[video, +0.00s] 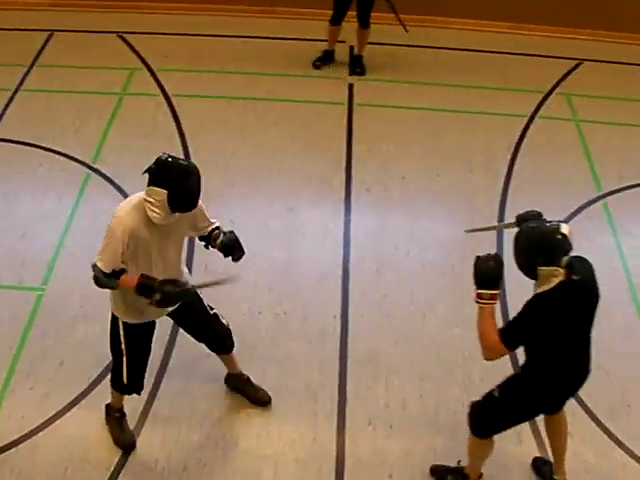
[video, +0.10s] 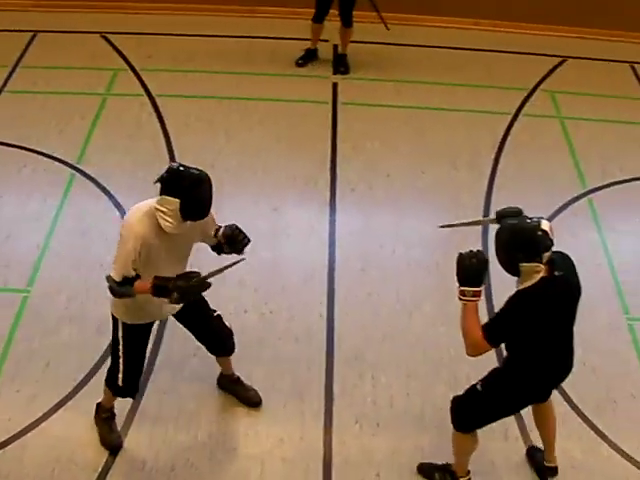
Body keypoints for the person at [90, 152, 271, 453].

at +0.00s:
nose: (181, 213)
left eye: (184, 208)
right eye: (178, 208)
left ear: (187, 198)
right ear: (161, 197)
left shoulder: (187, 207)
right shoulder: (126, 220)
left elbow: (207, 229)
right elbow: (103, 275)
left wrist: (224, 239)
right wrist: (150, 287)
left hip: (177, 293)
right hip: (132, 307)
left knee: (220, 336)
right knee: (127, 377)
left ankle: (236, 376)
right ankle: (114, 410)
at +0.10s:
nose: (201, 216)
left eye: (202, 212)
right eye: (195, 213)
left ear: (198, 207)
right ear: (175, 206)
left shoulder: (198, 217)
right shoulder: (138, 225)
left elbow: (216, 241)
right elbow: (118, 286)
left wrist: (230, 241)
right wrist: (166, 286)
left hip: (178, 294)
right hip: (135, 303)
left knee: (221, 338)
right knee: (125, 379)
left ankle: (228, 378)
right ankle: (104, 411)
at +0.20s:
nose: (201, 226)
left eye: (204, 221)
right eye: (200, 220)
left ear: (200, 214)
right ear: (184, 210)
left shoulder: (199, 221)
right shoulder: (145, 228)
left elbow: (225, 249)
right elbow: (134, 292)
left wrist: (243, 252)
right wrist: (187, 296)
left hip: (172, 292)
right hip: (129, 301)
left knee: (215, 335)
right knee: (117, 373)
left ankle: (218, 377)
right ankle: (102, 407)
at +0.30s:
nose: (200, 224)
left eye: (203, 219)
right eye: (200, 218)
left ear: (206, 215)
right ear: (186, 207)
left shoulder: (201, 221)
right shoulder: (147, 227)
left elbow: (214, 260)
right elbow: (128, 287)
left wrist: (231, 249)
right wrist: (183, 292)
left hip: (161, 289)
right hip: (117, 297)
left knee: (205, 335)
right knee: (109, 373)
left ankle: (209, 375)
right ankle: (94, 393)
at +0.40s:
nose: (204, 221)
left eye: (207, 216)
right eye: (204, 215)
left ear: (197, 209)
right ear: (188, 207)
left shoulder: (195, 216)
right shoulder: (145, 228)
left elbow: (204, 256)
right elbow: (121, 285)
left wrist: (223, 245)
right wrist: (176, 288)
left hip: (159, 290)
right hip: (117, 297)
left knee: (203, 336)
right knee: (102, 368)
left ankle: (207, 375)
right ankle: (85, 386)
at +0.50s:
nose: (186, 221)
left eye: (189, 217)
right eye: (187, 216)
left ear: (184, 211)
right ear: (175, 207)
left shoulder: (179, 218)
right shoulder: (127, 224)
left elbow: (194, 248)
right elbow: (116, 291)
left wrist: (215, 254)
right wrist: (171, 290)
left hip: (154, 294)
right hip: (111, 305)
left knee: (205, 334)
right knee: (97, 375)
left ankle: (204, 371)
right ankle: (81, 387)